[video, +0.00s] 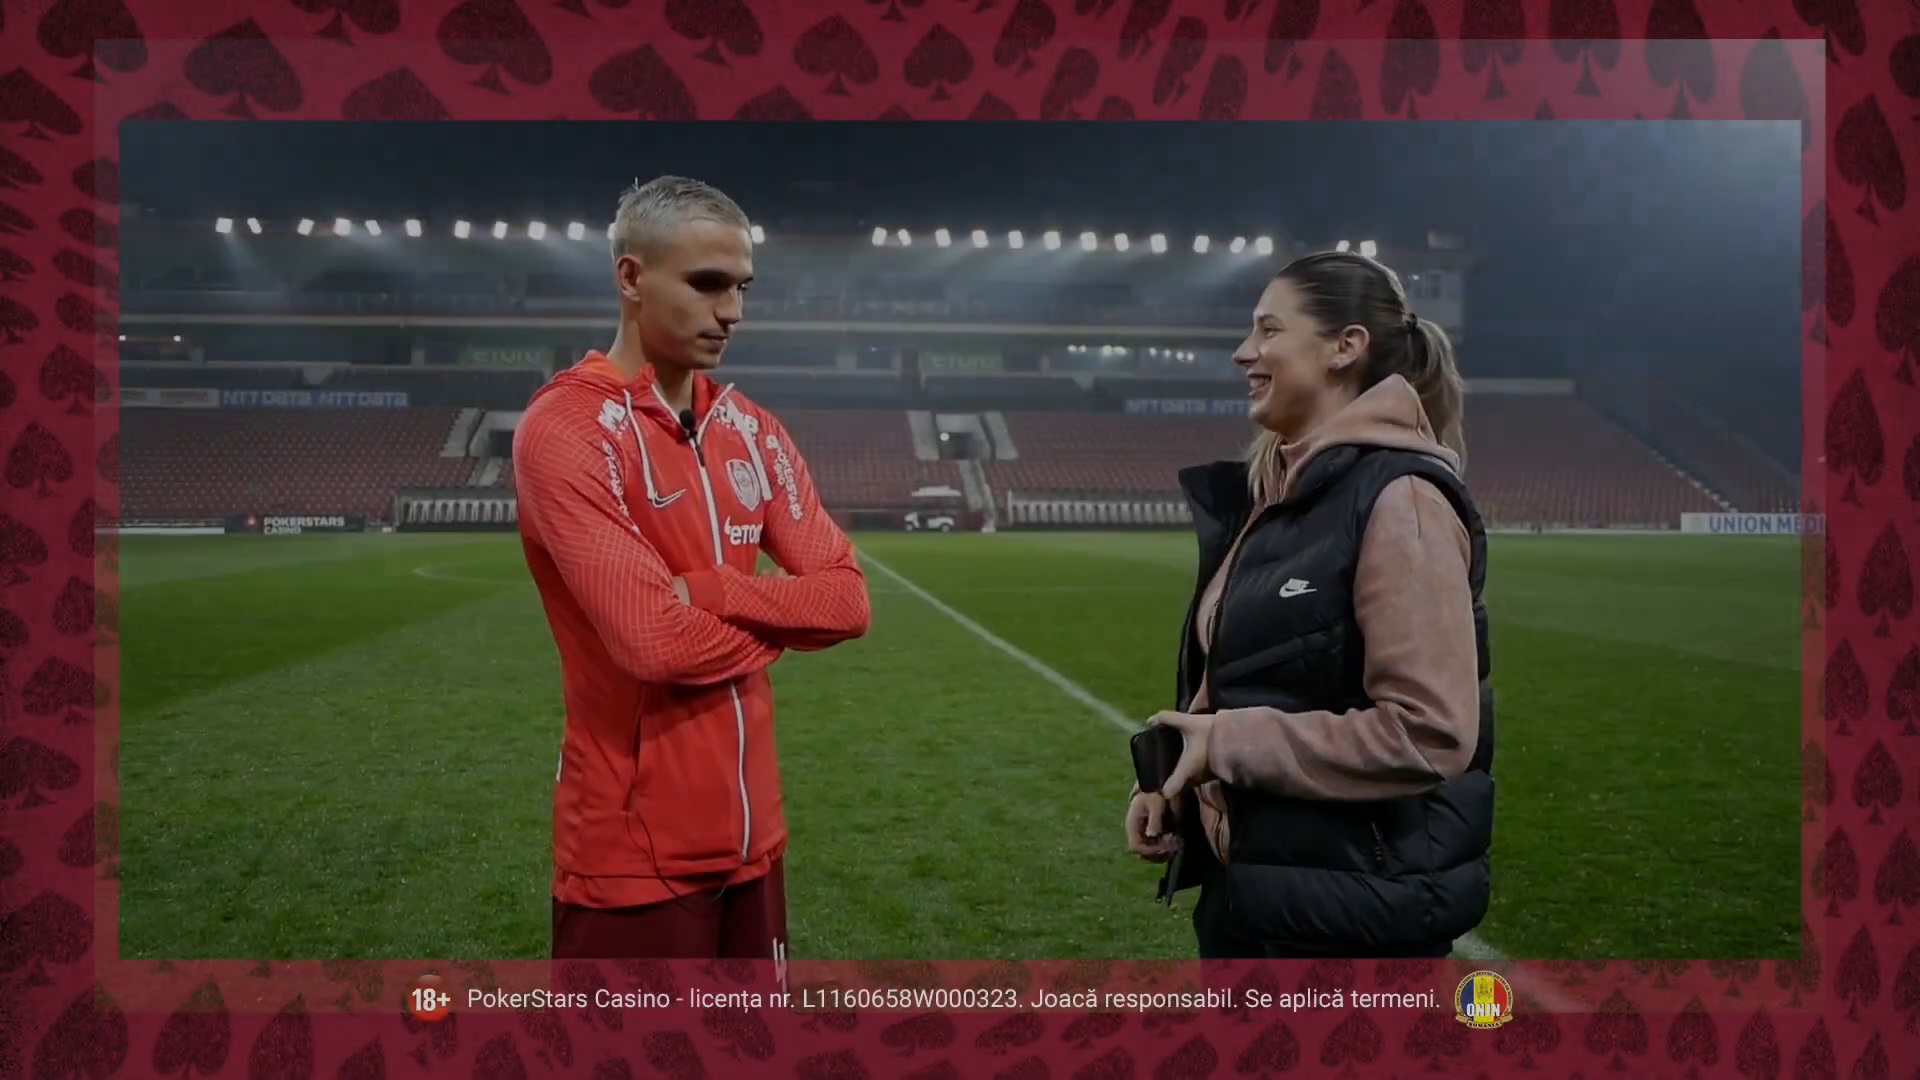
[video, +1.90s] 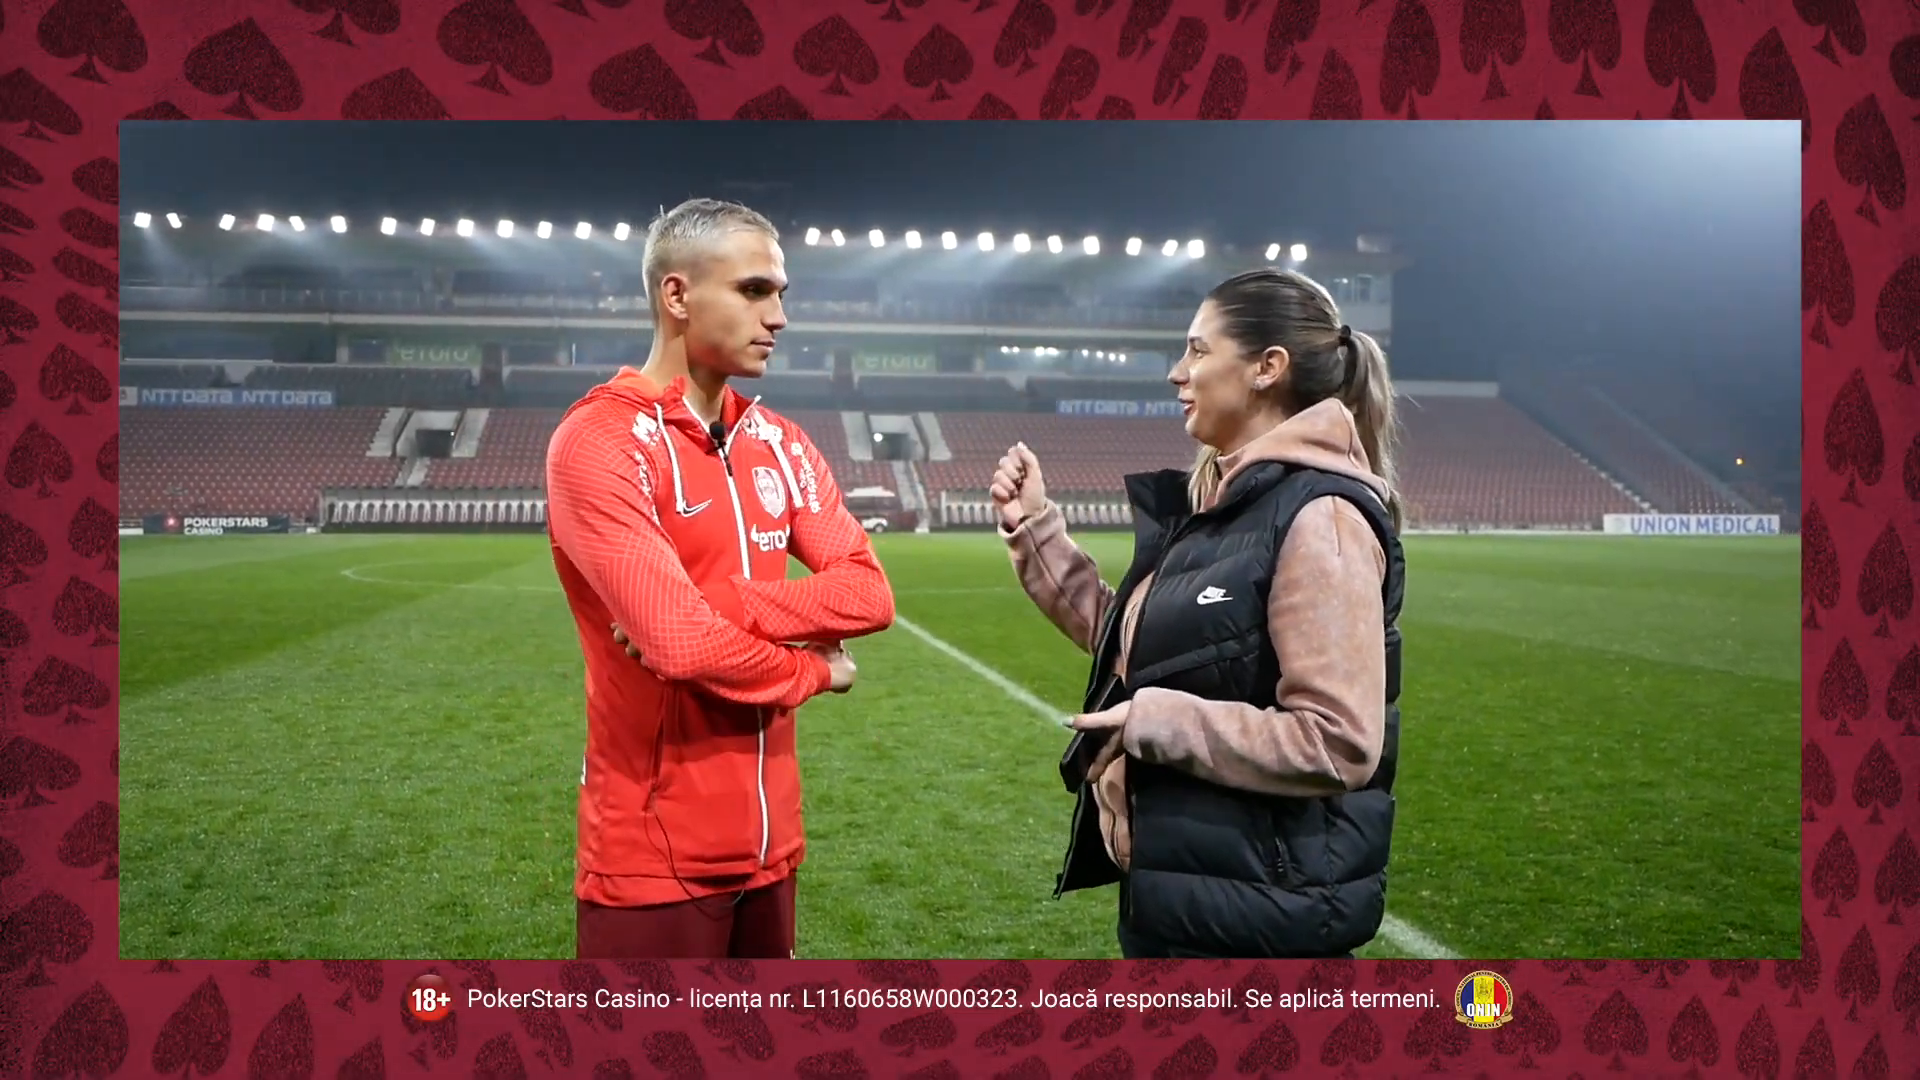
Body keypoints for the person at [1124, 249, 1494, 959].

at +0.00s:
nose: (1243, 354)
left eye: (1269, 329)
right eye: (1252, 332)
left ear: (1347, 346)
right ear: (1339, 348)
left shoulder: (1404, 502)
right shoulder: (1285, 494)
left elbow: (1430, 731)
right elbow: (1247, 682)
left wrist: (1225, 741)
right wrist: (1173, 790)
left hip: (1353, 921)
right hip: (1265, 910)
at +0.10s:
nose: (1250, 353)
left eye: (1274, 331)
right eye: (1258, 332)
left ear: (1351, 350)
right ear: (1345, 353)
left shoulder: (1397, 502)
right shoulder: (1301, 486)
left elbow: (1410, 732)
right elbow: (1223, 640)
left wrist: (1223, 725)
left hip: (1360, 915)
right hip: (1282, 901)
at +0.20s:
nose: (1250, 355)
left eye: (1275, 333)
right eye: (1261, 333)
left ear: (1351, 352)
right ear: (1341, 352)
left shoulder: (1394, 505)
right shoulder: (1298, 490)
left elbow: (1392, 734)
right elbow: (1172, 604)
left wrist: (1213, 722)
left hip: (1359, 911)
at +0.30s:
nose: (1246, 356)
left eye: (1269, 333)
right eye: (1255, 334)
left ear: (1344, 353)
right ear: (1338, 355)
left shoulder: (1385, 509)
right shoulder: (1299, 491)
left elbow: (1391, 741)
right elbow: (1133, 557)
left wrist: (1215, 724)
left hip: (1353, 914)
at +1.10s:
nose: (1166, 382)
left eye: (1186, 359)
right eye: (1173, 359)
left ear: (1261, 377)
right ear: (1257, 379)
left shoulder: (1319, 520)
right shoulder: (1201, 505)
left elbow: (1339, 744)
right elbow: (1043, 532)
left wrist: (1155, 733)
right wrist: (1020, 400)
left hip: (1264, 922)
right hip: (1188, 907)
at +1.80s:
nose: (1173, 375)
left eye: (1194, 353)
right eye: (1180, 354)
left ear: (1266, 369)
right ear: (1263, 371)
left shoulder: (1322, 517)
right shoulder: (1215, 505)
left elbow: (1339, 742)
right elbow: (1069, 574)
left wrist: (1153, 720)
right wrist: (1050, 450)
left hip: (1258, 918)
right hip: (1183, 906)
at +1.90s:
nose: (1177, 374)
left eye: (1197, 351)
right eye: (1185, 352)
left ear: (1268, 367)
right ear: (1264, 369)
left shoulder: (1323, 517)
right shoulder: (1225, 501)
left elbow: (1338, 742)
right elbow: (1136, 649)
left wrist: (1158, 719)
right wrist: (1037, 534)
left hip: (1256, 921)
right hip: (1184, 907)